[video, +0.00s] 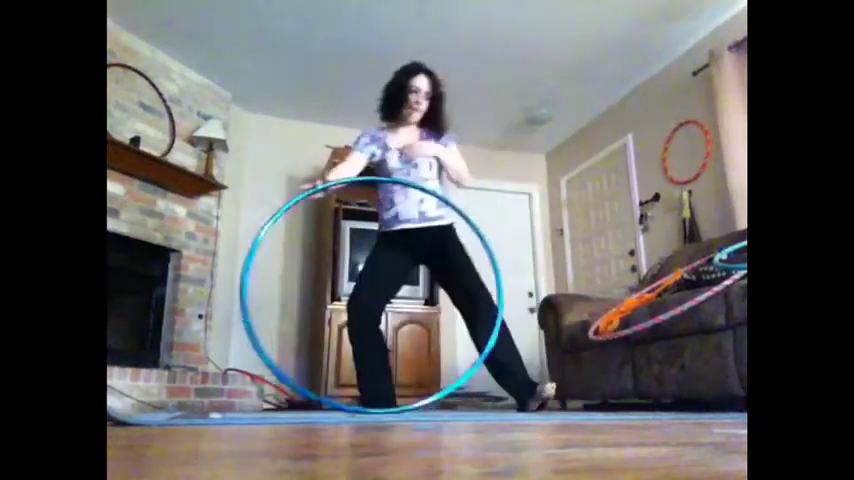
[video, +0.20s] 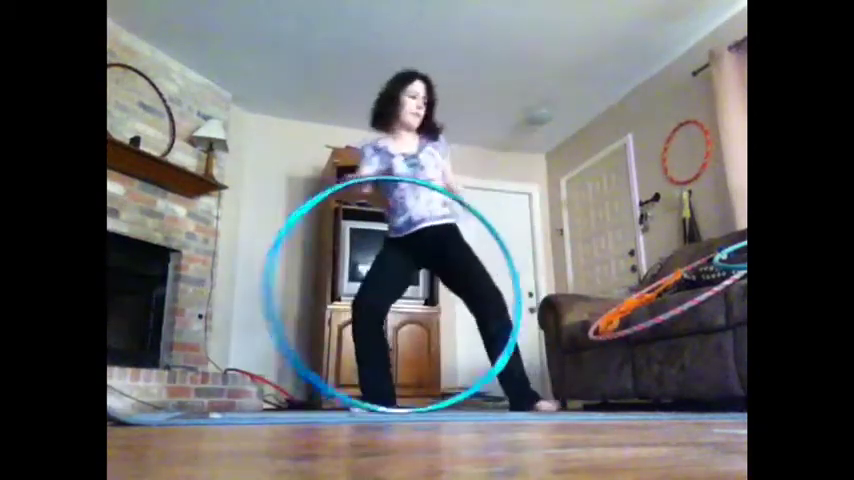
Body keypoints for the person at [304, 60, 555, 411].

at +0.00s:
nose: (418, 100)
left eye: (425, 95)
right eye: (412, 92)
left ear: (432, 101)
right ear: (397, 94)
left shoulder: (440, 139)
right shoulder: (376, 138)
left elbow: (463, 179)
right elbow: (349, 167)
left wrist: (437, 151)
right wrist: (327, 180)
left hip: (439, 234)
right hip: (395, 238)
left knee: (479, 306)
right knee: (361, 309)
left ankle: (526, 392)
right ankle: (379, 406)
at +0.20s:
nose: (418, 105)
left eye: (424, 100)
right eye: (411, 97)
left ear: (428, 107)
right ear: (393, 100)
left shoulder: (435, 145)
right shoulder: (377, 147)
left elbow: (450, 186)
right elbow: (357, 190)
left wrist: (456, 196)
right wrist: (363, 188)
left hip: (444, 236)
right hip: (402, 243)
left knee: (489, 303)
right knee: (366, 308)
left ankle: (523, 399)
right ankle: (380, 404)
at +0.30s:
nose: (429, 103)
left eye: (434, 98)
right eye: (421, 95)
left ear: (438, 106)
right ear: (402, 99)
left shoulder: (443, 144)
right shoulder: (386, 147)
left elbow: (458, 185)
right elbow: (381, 196)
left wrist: (475, 217)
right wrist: (403, 180)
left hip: (451, 234)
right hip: (410, 241)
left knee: (496, 302)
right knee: (375, 306)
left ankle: (520, 397)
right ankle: (378, 402)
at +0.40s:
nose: (452, 99)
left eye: (458, 94)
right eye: (445, 90)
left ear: (463, 102)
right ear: (427, 95)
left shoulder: (466, 142)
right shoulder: (414, 138)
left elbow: (471, 188)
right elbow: (418, 187)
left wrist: (485, 220)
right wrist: (453, 185)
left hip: (466, 233)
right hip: (425, 236)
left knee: (510, 302)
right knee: (390, 306)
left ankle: (522, 398)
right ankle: (381, 401)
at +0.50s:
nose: (473, 95)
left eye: (478, 90)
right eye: (466, 87)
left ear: (484, 100)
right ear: (447, 93)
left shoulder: (482, 143)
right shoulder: (436, 135)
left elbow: (485, 188)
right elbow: (446, 184)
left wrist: (493, 218)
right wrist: (492, 194)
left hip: (476, 231)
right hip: (437, 231)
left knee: (519, 303)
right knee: (404, 307)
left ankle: (523, 399)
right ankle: (382, 401)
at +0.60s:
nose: (503, 93)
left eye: (508, 88)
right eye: (495, 85)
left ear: (514, 98)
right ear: (478, 91)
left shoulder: (503, 141)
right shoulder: (468, 129)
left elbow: (498, 189)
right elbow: (483, 170)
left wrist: (507, 219)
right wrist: (537, 203)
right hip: (468, 226)